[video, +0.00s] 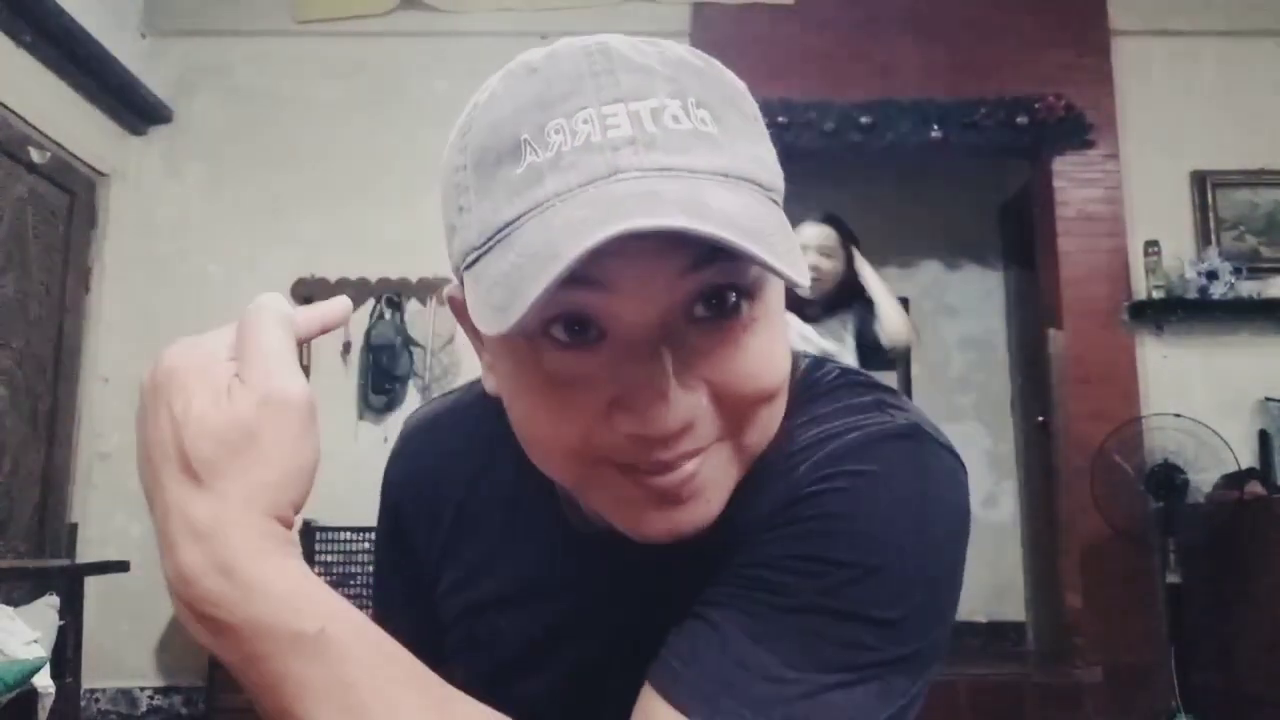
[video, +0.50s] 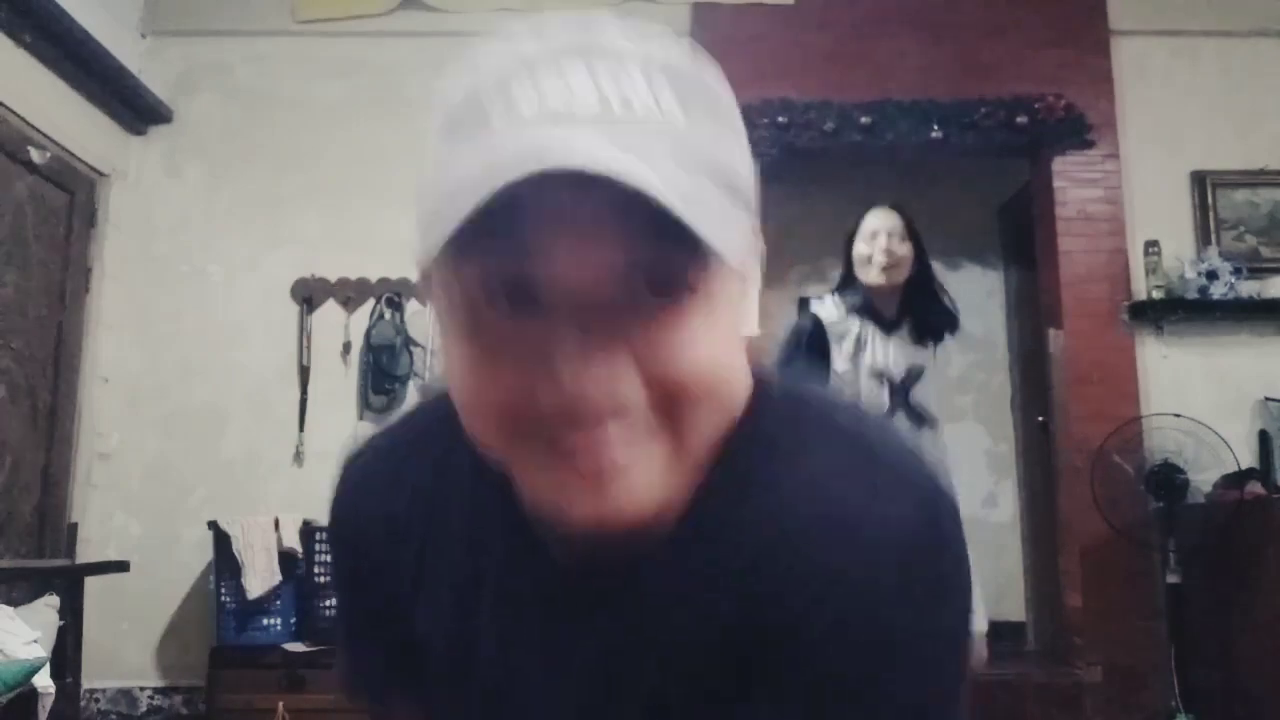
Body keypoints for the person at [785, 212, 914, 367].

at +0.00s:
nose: (812, 263)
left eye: (826, 255)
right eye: (802, 251)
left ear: (846, 265)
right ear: (787, 253)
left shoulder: (857, 314)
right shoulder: (772, 306)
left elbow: (900, 338)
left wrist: (862, 267)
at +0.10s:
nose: (836, 285)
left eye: (850, 277)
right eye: (824, 275)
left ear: (871, 293)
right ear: (806, 285)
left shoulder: (891, 356)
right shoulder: (780, 342)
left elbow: (926, 423)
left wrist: (917, 343)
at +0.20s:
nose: (854, 283)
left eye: (869, 274)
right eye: (841, 275)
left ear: (888, 295)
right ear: (824, 292)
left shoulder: (903, 374)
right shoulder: (788, 352)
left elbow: (925, 450)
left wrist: (953, 418)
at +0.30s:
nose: (869, 264)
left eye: (883, 255)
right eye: (856, 257)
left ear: (902, 274)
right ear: (838, 276)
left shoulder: (914, 345)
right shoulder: (803, 338)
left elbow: (928, 415)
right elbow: (774, 418)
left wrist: (951, 471)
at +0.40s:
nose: (880, 258)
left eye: (895, 249)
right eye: (867, 249)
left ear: (914, 270)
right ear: (847, 270)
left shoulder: (923, 343)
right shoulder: (818, 334)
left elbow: (924, 427)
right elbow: (762, 407)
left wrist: (935, 510)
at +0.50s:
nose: (884, 249)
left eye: (898, 238)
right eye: (870, 238)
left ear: (916, 253)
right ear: (852, 252)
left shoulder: (931, 329)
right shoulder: (821, 323)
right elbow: (791, 413)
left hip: (915, 475)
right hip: (841, 475)